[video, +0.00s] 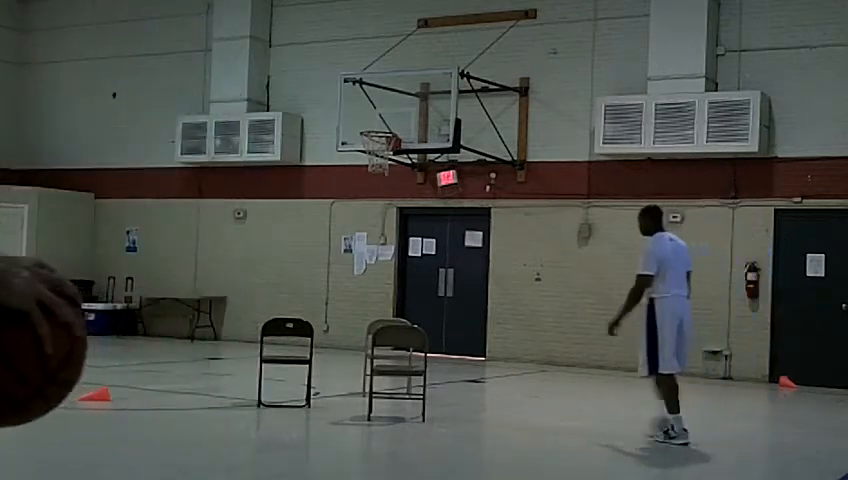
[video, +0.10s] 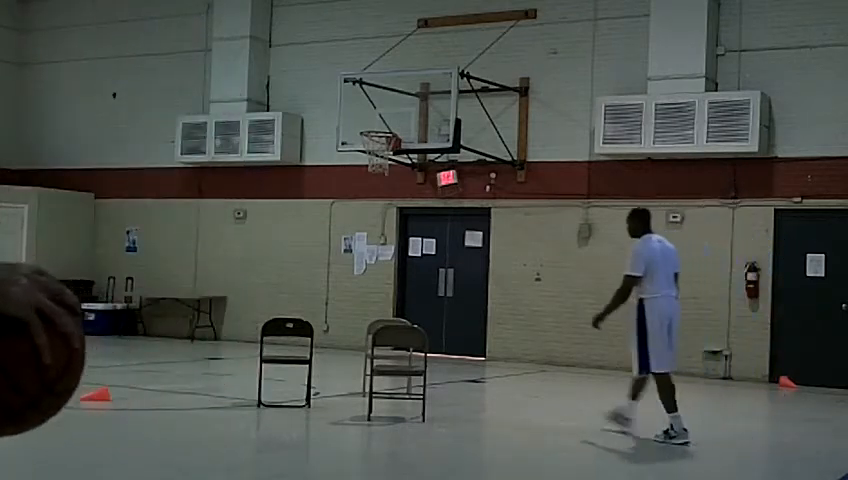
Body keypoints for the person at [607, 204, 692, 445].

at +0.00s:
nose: (639, 226)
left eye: (641, 221)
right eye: (639, 221)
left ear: (649, 222)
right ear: (661, 220)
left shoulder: (653, 245)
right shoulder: (680, 244)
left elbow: (641, 286)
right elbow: (687, 278)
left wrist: (618, 318)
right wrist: (683, 304)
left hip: (661, 305)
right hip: (681, 304)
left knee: (662, 368)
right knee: (665, 366)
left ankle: (677, 428)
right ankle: (670, 419)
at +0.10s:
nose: (628, 228)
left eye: (630, 223)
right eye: (628, 223)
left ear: (638, 224)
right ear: (648, 223)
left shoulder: (641, 248)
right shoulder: (668, 246)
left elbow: (626, 288)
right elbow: (675, 281)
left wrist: (603, 314)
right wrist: (671, 305)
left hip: (650, 305)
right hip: (669, 304)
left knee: (658, 367)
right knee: (646, 364)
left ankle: (677, 427)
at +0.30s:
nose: (604, 231)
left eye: (606, 226)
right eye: (604, 226)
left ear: (614, 227)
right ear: (624, 226)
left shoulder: (616, 248)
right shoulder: (642, 249)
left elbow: (603, 287)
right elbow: (647, 288)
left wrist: (583, 321)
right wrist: (643, 312)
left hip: (624, 307)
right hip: (640, 306)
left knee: (629, 368)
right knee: (612, 364)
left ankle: (665, 415)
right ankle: (605, 417)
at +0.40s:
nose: (593, 229)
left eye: (595, 225)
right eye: (594, 224)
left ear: (603, 225)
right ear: (613, 224)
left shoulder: (605, 247)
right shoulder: (628, 246)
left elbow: (594, 285)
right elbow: (633, 282)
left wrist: (579, 322)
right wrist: (627, 308)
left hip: (610, 306)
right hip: (627, 305)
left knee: (607, 365)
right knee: (607, 364)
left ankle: (641, 402)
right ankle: (603, 415)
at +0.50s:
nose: (581, 226)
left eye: (583, 221)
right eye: (582, 221)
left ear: (591, 222)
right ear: (602, 221)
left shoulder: (595, 244)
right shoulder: (616, 243)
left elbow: (587, 284)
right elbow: (620, 278)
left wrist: (578, 319)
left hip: (599, 307)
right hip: (614, 306)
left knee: (580, 361)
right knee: (603, 360)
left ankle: (609, 401)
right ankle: (604, 413)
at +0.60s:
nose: (570, 226)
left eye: (572, 222)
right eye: (570, 222)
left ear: (579, 222)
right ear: (590, 221)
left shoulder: (583, 244)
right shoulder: (605, 243)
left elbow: (581, 284)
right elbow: (607, 279)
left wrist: (572, 321)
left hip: (585, 307)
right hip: (604, 307)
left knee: (560, 355)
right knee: (599, 358)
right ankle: (604, 413)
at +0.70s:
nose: (556, 228)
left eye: (558, 224)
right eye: (556, 224)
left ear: (565, 225)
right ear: (575, 223)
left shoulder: (571, 245)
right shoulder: (591, 244)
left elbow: (572, 286)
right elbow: (591, 282)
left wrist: (566, 322)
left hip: (574, 305)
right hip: (594, 305)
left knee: (551, 355)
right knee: (596, 359)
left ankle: (536, 404)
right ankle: (603, 413)